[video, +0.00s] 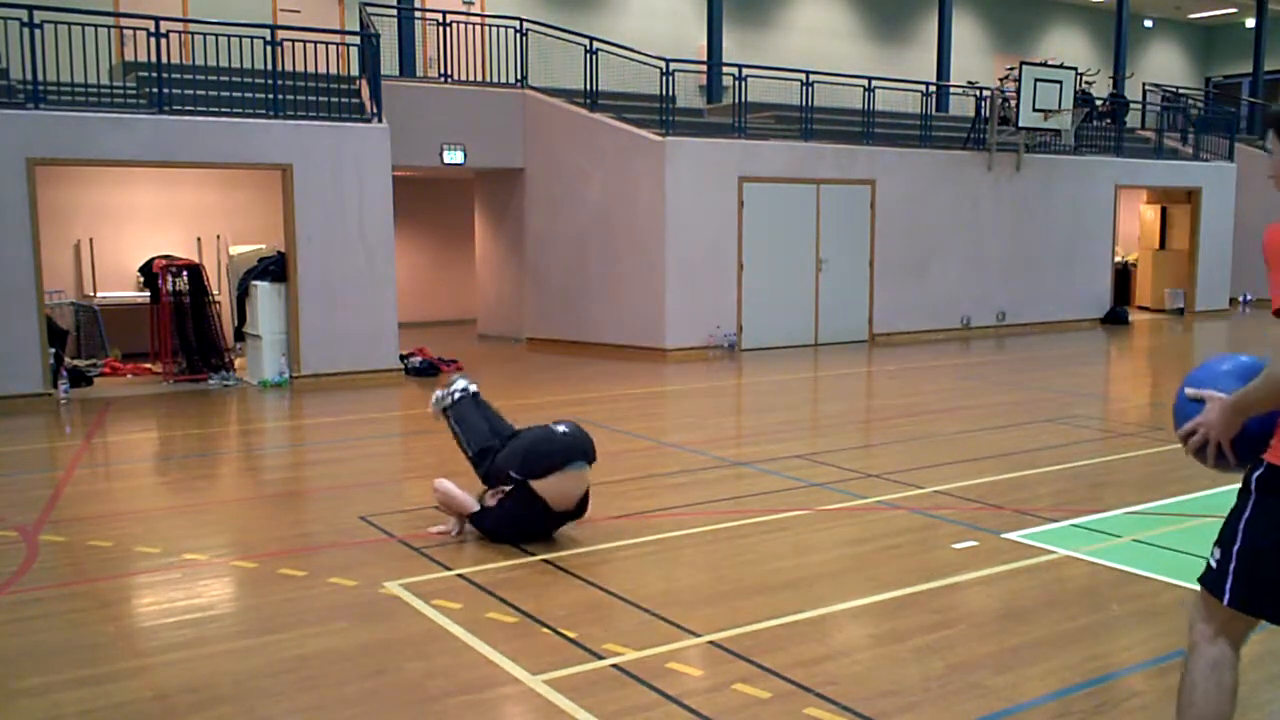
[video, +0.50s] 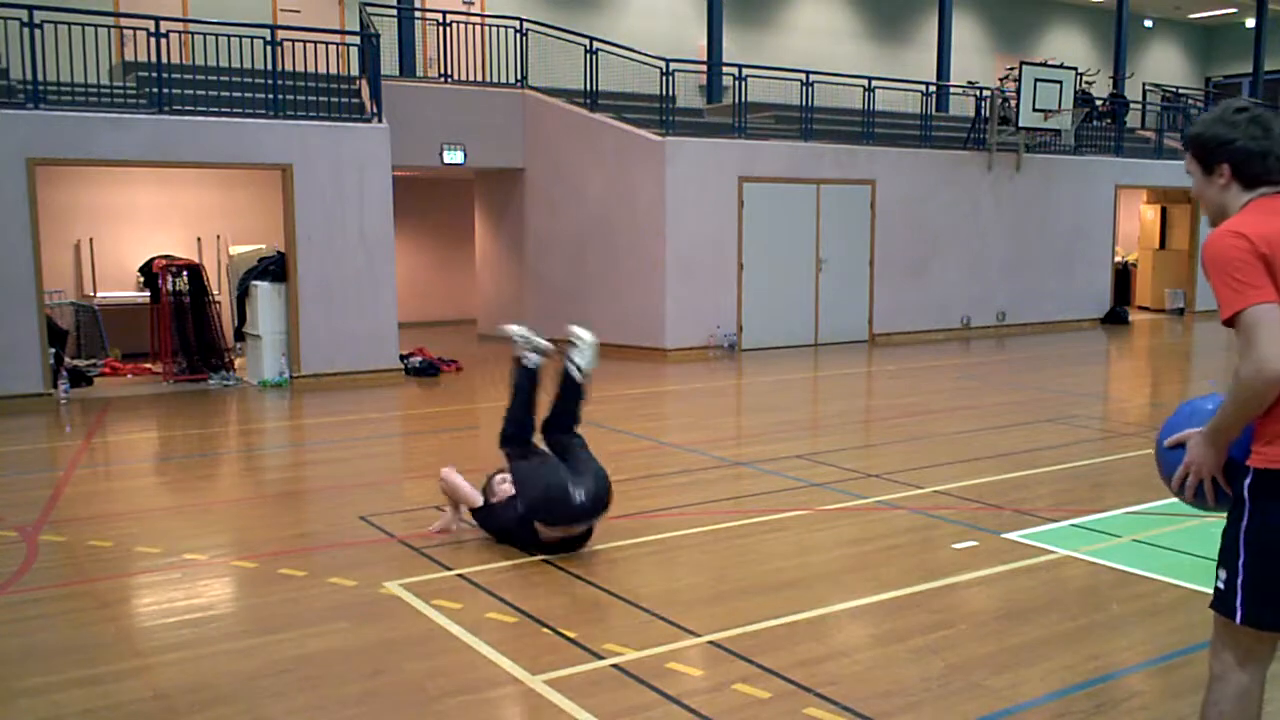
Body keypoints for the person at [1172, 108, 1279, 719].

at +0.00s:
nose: (1270, 167)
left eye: (1273, 151)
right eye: (1271, 151)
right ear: (1274, 159)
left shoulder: (1277, 237)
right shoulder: (1273, 239)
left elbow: (1279, 367)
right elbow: (1278, 367)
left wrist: (1234, 409)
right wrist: (1246, 406)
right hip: (1275, 462)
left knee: (1215, 627)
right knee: (1219, 620)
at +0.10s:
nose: (1248, 165)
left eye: (1252, 152)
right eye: (1249, 152)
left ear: (1272, 161)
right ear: (1274, 162)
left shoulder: (1272, 235)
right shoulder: (1270, 236)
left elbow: (1278, 360)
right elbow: (1278, 361)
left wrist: (1236, 413)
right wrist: (1240, 411)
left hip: (1278, 468)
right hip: (1271, 464)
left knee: (1225, 637)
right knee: (1229, 633)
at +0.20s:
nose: (1238, 182)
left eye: (1239, 164)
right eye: (1237, 166)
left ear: (1266, 161)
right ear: (1276, 162)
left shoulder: (1265, 234)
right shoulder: (1265, 236)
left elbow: (1277, 362)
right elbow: (1278, 363)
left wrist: (1232, 422)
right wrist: (1237, 417)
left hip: (1278, 467)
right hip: (1271, 464)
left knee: (1238, 648)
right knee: (1239, 644)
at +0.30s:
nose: (1222, 180)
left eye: (1224, 165)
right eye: (1221, 165)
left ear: (1254, 164)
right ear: (1266, 163)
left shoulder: (1257, 234)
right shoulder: (1266, 231)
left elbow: (1274, 364)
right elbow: (1276, 358)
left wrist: (1225, 430)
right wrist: (1235, 416)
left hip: (1279, 468)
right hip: (1273, 464)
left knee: (1243, 653)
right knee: (1243, 648)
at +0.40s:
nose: (1207, 184)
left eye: (1209, 169)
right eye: (1207, 169)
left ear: (1240, 168)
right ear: (1256, 166)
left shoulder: (1247, 236)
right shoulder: (1263, 231)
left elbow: (1270, 365)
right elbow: (1272, 356)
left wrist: (1221, 435)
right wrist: (1233, 420)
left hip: (1276, 468)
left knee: (1242, 653)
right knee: (1243, 648)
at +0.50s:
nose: (1195, 193)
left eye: (1195, 178)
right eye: (1193, 179)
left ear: (1222, 172)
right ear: (1255, 168)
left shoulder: (1236, 238)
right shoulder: (1264, 225)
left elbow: (1265, 364)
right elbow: (1268, 356)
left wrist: (1213, 441)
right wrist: (1226, 435)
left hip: (1273, 469)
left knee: (1240, 654)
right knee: (1242, 650)